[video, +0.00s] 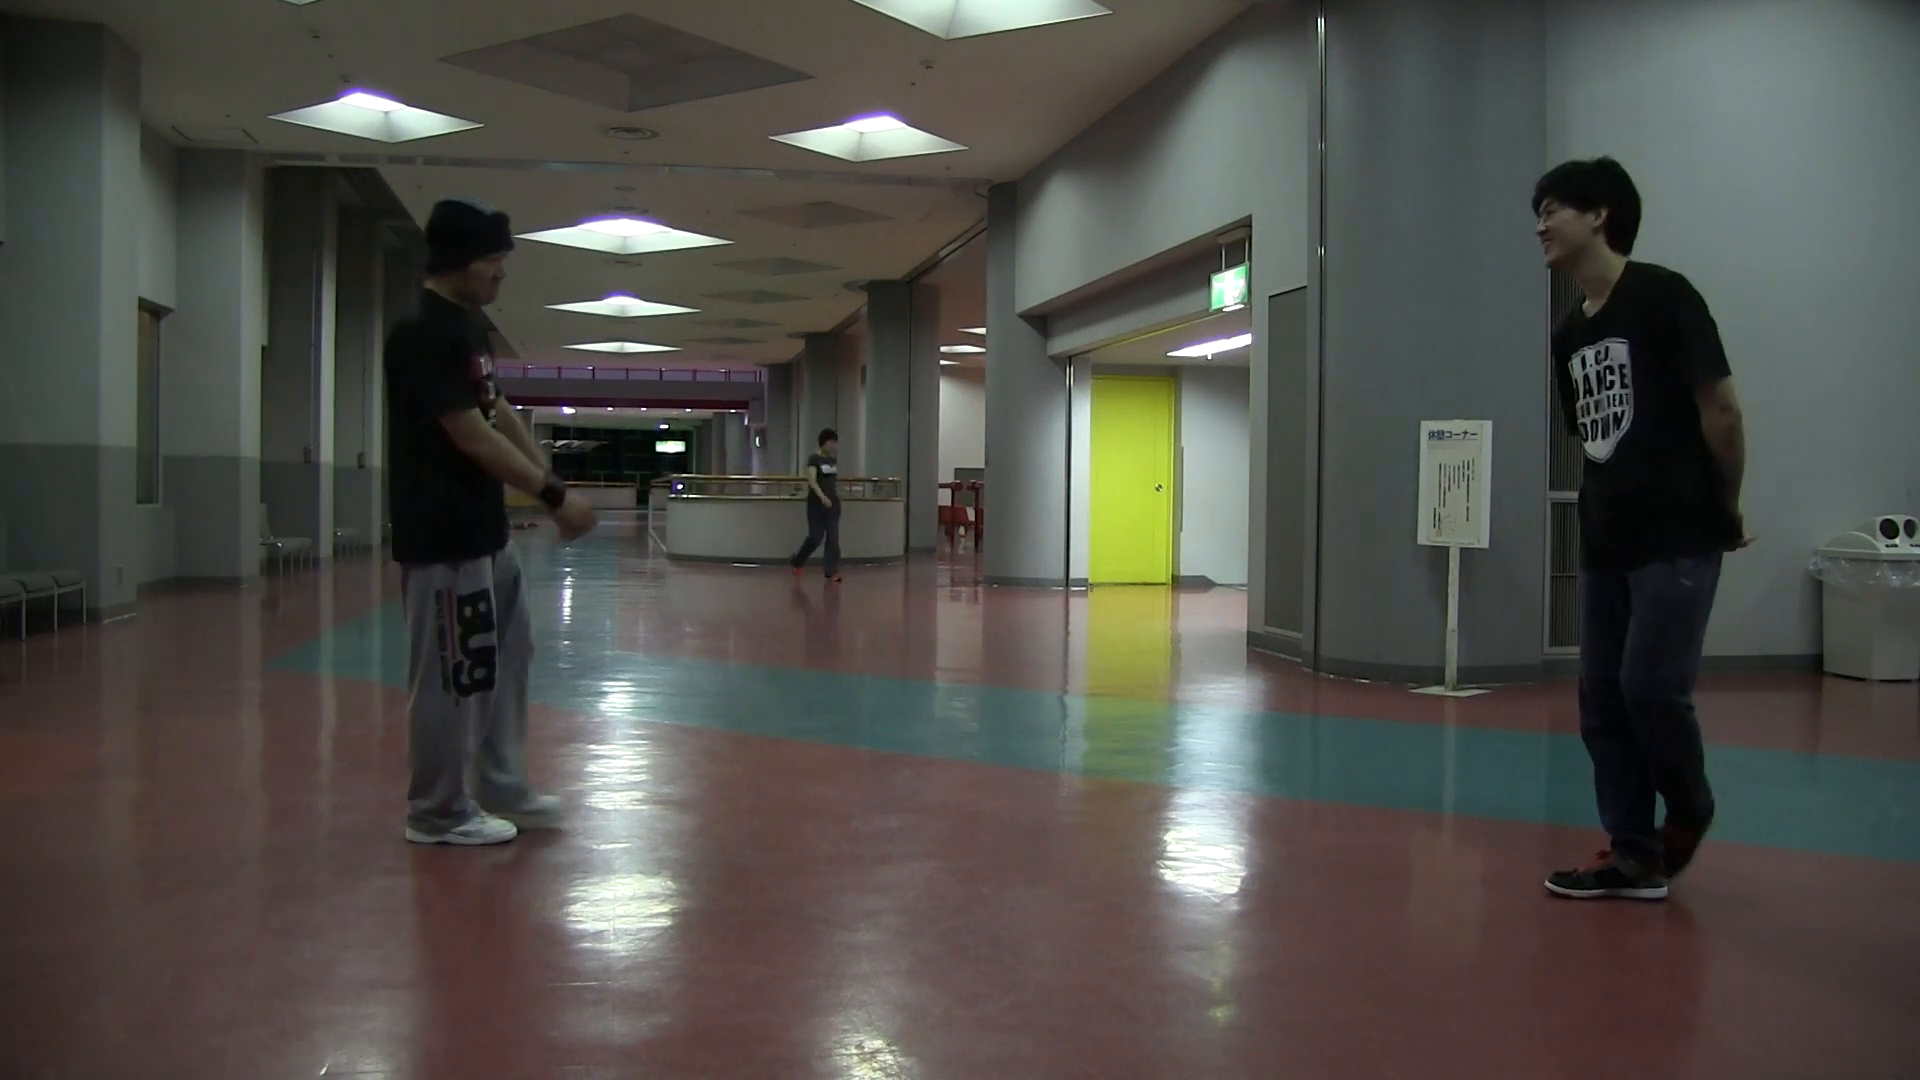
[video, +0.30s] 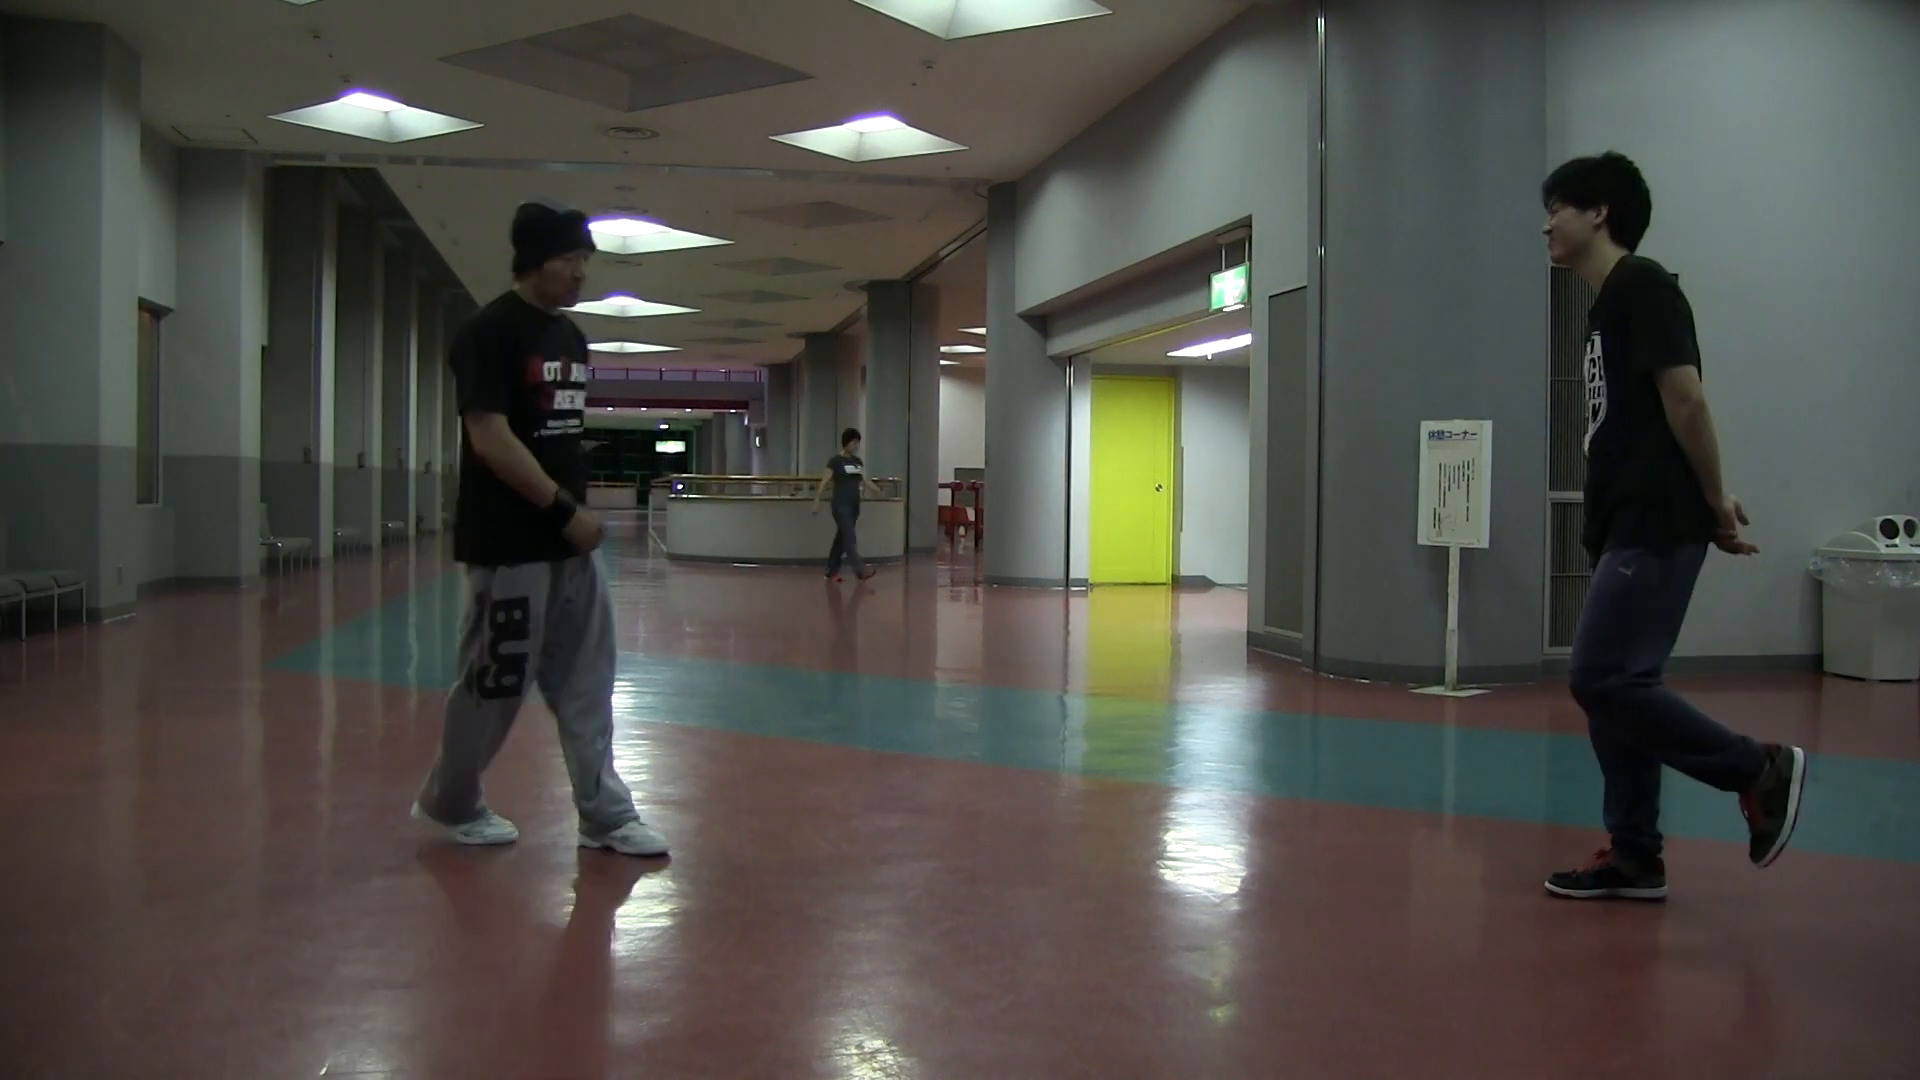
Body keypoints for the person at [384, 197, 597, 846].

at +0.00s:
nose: (501, 275)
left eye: (503, 263)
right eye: (494, 263)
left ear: (462, 261)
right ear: (458, 262)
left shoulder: (464, 329)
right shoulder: (427, 333)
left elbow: (496, 413)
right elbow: (468, 433)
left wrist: (547, 480)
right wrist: (551, 494)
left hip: (481, 534)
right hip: (440, 541)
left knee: (507, 656)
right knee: (447, 674)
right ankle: (437, 812)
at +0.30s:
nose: (578, 276)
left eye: (583, 264)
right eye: (568, 263)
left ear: (580, 264)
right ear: (531, 262)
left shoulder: (569, 336)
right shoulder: (489, 331)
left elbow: (557, 429)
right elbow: (487, 435)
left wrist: (572, 505)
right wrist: (566, 510)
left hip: (568, 537)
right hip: (507, 542)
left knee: (585, 684)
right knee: (494, 681)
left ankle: (605, 816)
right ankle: (448, 800)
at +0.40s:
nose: (602, 268)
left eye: (607, 256)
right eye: (591, 255)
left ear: (605, 258)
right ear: (551, 256)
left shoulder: (604, 335)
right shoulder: (506, 326)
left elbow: (594, 432)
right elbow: (506, 432)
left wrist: (602, 519)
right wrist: (531, 530)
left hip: (592, 534)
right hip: (525, 536)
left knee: (601, 678)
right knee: (525, 676)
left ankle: (604, 813)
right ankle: (473, 787)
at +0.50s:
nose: (619, 266)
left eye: (624, 254)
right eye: (607, 253)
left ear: (623, 257)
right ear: (569, 254)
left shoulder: (630, 334)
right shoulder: (519, 325)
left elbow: (649, 434)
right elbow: (499, 428)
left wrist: (687, 499)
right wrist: (494, 517)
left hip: (611, 534)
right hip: (542, 532)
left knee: (612, 678)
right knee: (546, 673)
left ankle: (605, 813)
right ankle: (501, 802)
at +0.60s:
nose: (625, 267)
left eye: (632, 255)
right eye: (613, 254)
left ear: (634, 255)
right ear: (575, 250)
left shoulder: (645, 330)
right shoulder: (520, 324)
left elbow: (703, 412)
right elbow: (485, 415)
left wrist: (773, 456)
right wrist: (469, 499)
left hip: (620, 538)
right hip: (543, 533)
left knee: (621, 678)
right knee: (537, 681)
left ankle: (608, 815)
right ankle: (519, 840)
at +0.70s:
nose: (627, 266)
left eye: (634, 253)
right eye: (614, 252)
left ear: (640, 255)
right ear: (577, 252)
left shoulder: (655, 333)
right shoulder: (522, 325)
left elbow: (727, 388)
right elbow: (475, 416)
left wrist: (821, 390)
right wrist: (449, 497)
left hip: (625, 543)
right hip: (543, 539)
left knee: (620, 684)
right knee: (536, 696)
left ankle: (609, 814)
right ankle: (534, 851)